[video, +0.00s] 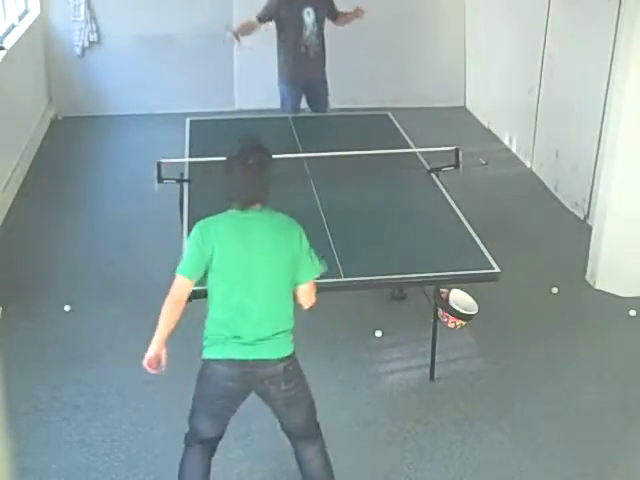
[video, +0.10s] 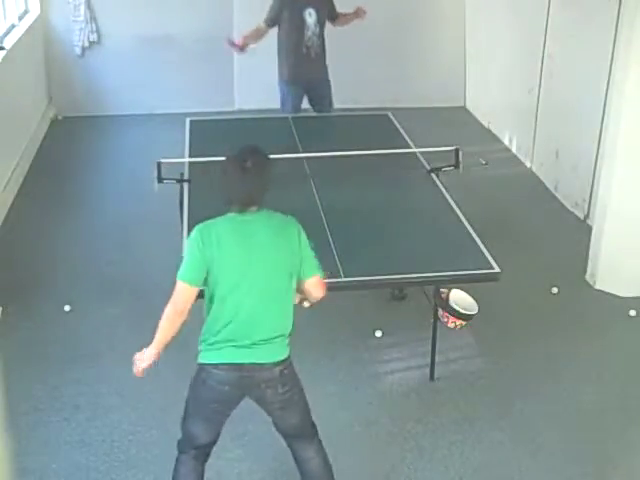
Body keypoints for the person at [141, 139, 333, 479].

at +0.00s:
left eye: (233, 176)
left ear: (227, 182)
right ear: (265, 184)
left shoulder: (207, 230)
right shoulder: (289, 229)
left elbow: (179, 293)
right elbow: (307, 298)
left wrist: (159, 341)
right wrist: (284, 275)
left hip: (223, 365)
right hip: (279, 364)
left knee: (199, 445)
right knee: (308, 442)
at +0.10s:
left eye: (231, 178)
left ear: (227, 183)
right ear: (266, 184)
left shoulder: (205, 234)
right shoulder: (289, 228)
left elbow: (179, 305)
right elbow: (316, 290)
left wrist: (153, 350)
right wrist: (297, 296)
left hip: (219, 371)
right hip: (274, 369)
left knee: (193, 452)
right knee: (306, 445)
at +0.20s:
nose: (225, 185)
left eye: (226, 179)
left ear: (225, 187)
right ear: (261, 184)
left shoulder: (210, 242)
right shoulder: (293, 226)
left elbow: (191, 316)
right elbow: (337, 266)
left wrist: (157, 374)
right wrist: (302, 288)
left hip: (224, 371)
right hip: (280, 368)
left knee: (196, 451)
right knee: (310, 444)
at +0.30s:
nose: (222, 186)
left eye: (224, 180)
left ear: (224, 187)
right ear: (264, 184)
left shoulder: (218, 246)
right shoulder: (296, 224)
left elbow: (208, 325)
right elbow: (341, 264)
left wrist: (189, 391)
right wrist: (308, 293)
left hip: (233, 377)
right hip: (288, 373)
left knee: (203, 454)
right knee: (314, 447)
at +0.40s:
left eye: (226, 185)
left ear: (227, 192)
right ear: (265, 189)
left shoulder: (218, 251)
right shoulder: (297, 231)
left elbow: (216, 332)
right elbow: (343, 274)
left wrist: (203, 400)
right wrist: (309, 305)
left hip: (240, 384)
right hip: (294, 379)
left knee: (202, 455)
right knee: (318, 449)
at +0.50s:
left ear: (225, 207)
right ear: (264, 204)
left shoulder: (211, 266)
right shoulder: (295, 245)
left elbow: (202, 345)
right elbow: (340, 293)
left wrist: (184, 412)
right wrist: (310, 323)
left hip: (234, 399)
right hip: (292, 395)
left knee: (196, 461)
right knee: (318, 449)